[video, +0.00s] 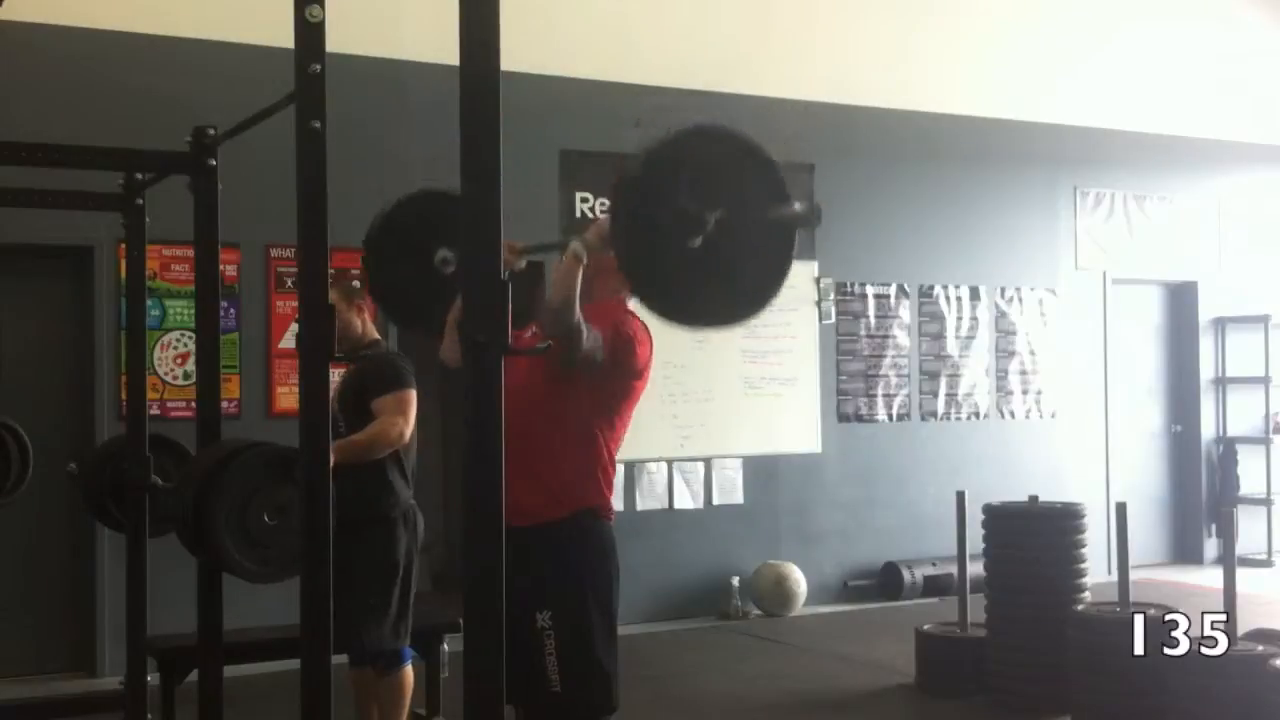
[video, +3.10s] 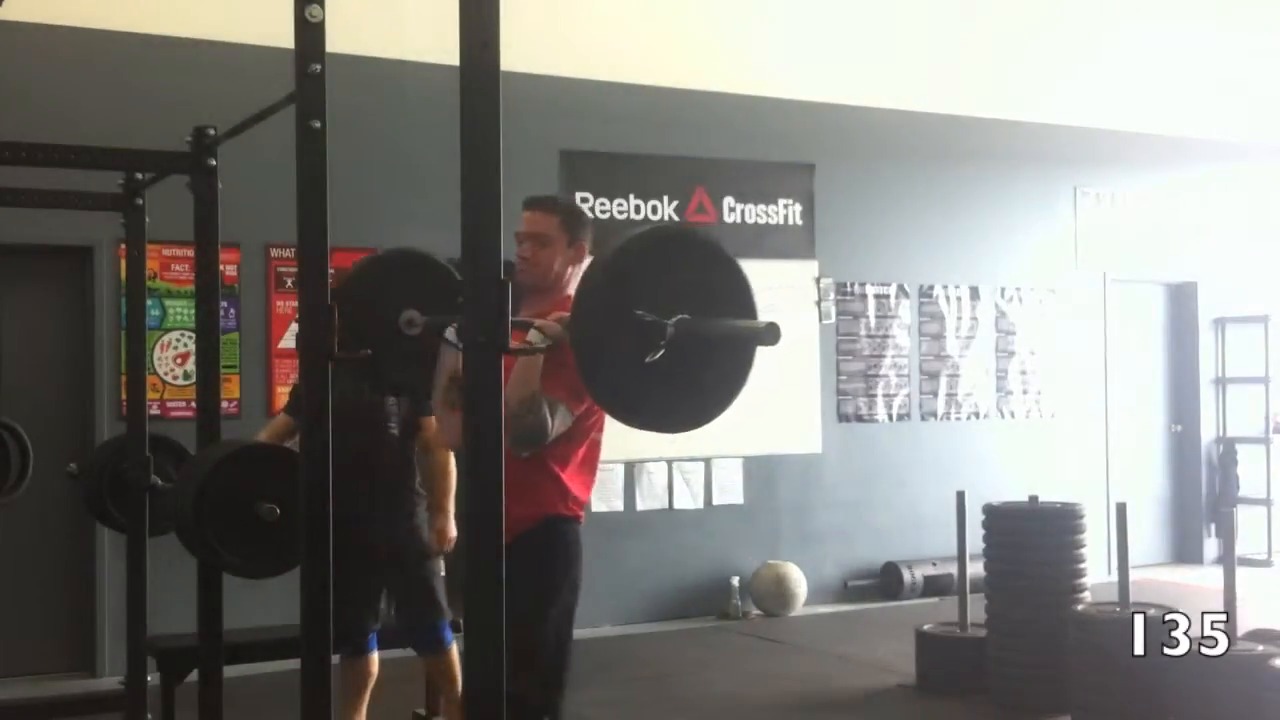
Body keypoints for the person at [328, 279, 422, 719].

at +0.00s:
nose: (331, 327)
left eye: (335, 316)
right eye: (328, 318)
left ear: (363, 310)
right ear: (352, 315)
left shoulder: (387, 364)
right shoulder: (357, 369)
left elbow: (397, 428)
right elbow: (348, 430)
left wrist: (332, 452)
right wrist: (325, 451)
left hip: (387, 517)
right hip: (359, 515)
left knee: (386, 644)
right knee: (361, 644)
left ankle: (394, 719)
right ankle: (369, 717)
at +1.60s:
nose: (287, 335)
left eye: (293, 324)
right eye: (283, 325)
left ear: (317, 321)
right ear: (287, 328)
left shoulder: (352, 366)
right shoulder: (314, 372)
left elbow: (372, 434)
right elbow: (304, 430)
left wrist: (311, 482)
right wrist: (260, 458)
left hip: (370, 516)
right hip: (341, 515)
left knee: (374, 650)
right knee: (361, 648)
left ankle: (385, 718)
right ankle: (369, 716)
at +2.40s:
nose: (320, 330)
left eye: (327, 319)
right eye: (317, 320)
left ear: (351, 316)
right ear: (320, 321)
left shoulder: (384, 375)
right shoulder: (330, 373)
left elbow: (390, 450)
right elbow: (307, 425)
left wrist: (359, 503)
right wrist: (261, 456)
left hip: (375, 527)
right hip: (331, 525)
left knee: (378, 648)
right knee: (339, 648)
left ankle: (388, 719)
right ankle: (347, 719)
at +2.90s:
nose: (334, 320)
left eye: (343, 309)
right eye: (329, 311)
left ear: (369, 312)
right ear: (320, 314)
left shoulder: (397, 368)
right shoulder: (317, 375)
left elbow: (427, 443)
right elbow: (279, 433)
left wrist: (428, 511)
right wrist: (241, 477)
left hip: (391, 520)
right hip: (336, 520)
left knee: (404, 640)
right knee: (353, 643)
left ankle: (418, 716)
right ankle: (350, 717)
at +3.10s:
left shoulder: (407, 368)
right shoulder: (324, 371)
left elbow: (435, 438)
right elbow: (286, 423)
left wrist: (444, 512)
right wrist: (243, 465)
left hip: (404, 519)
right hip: (344, 520)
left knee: (434, 638)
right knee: (356, 642)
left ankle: (454, 711)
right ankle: (351, 714)